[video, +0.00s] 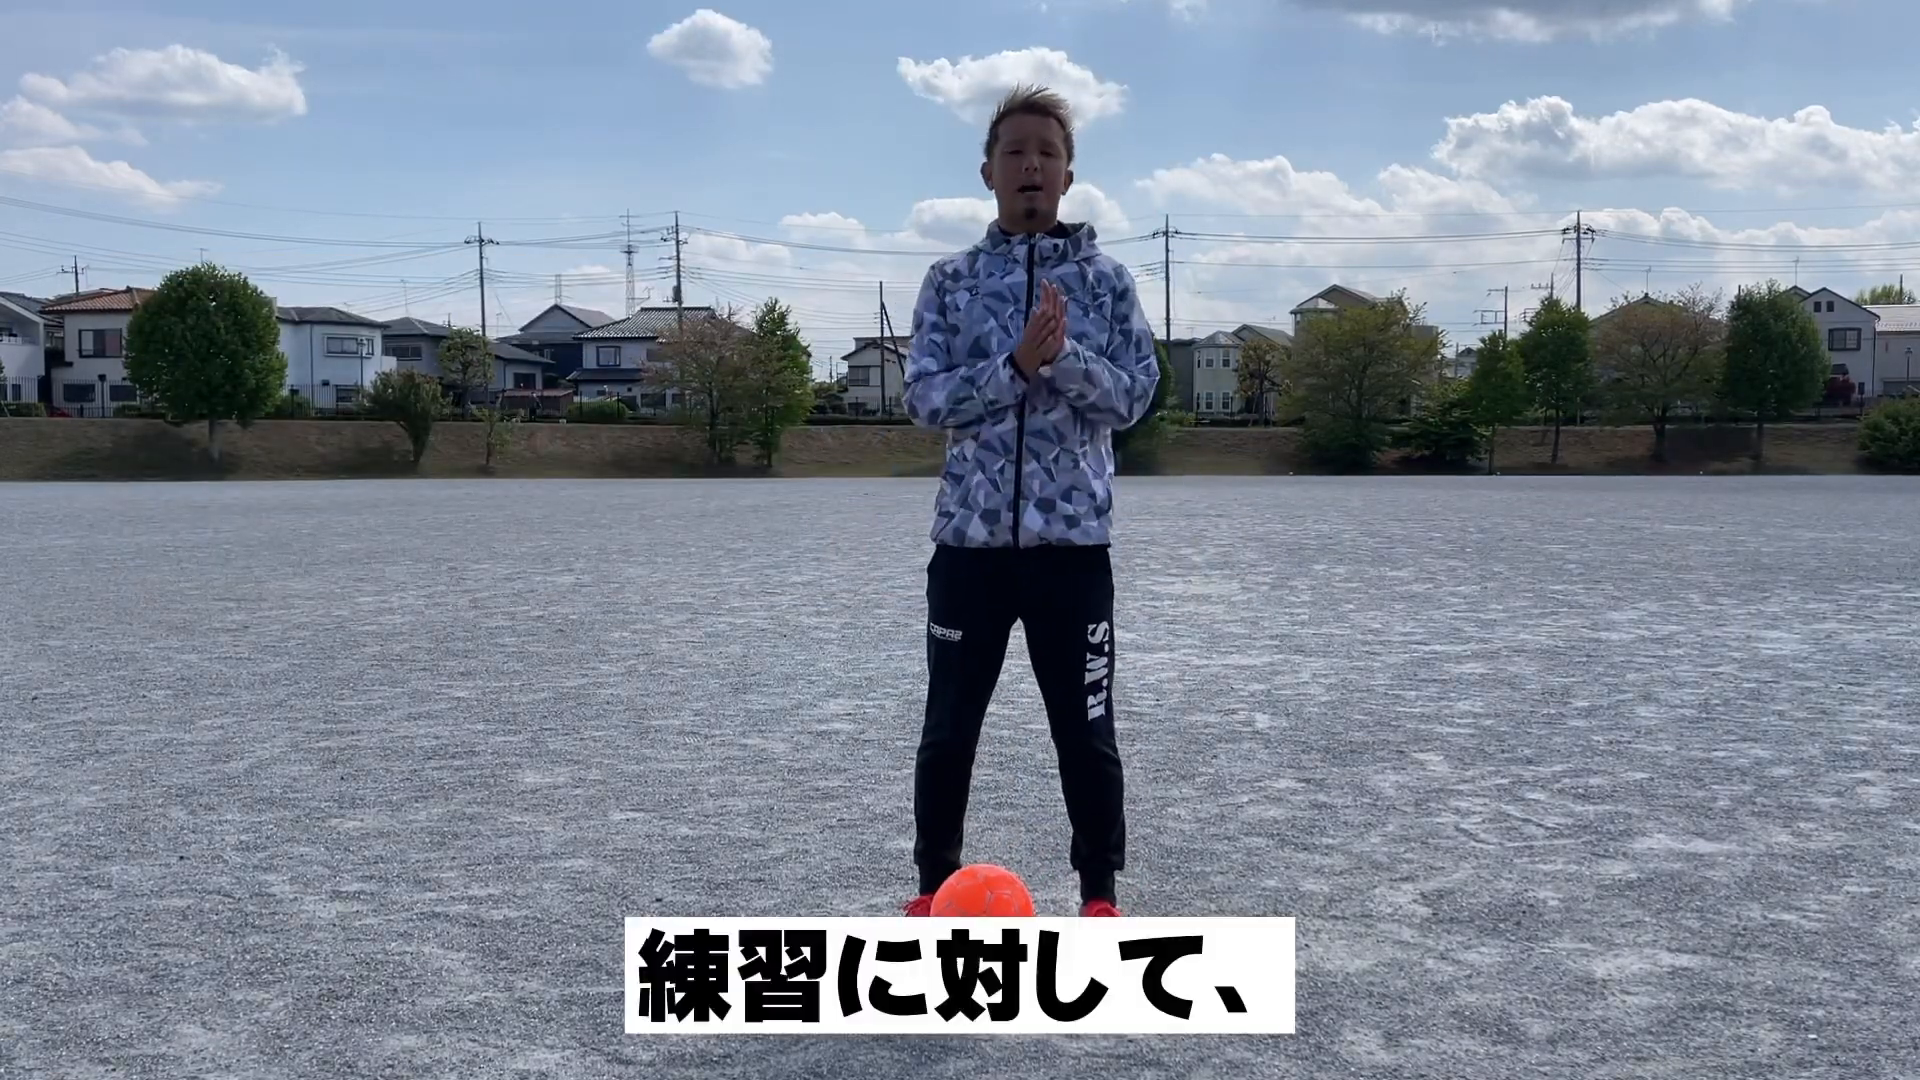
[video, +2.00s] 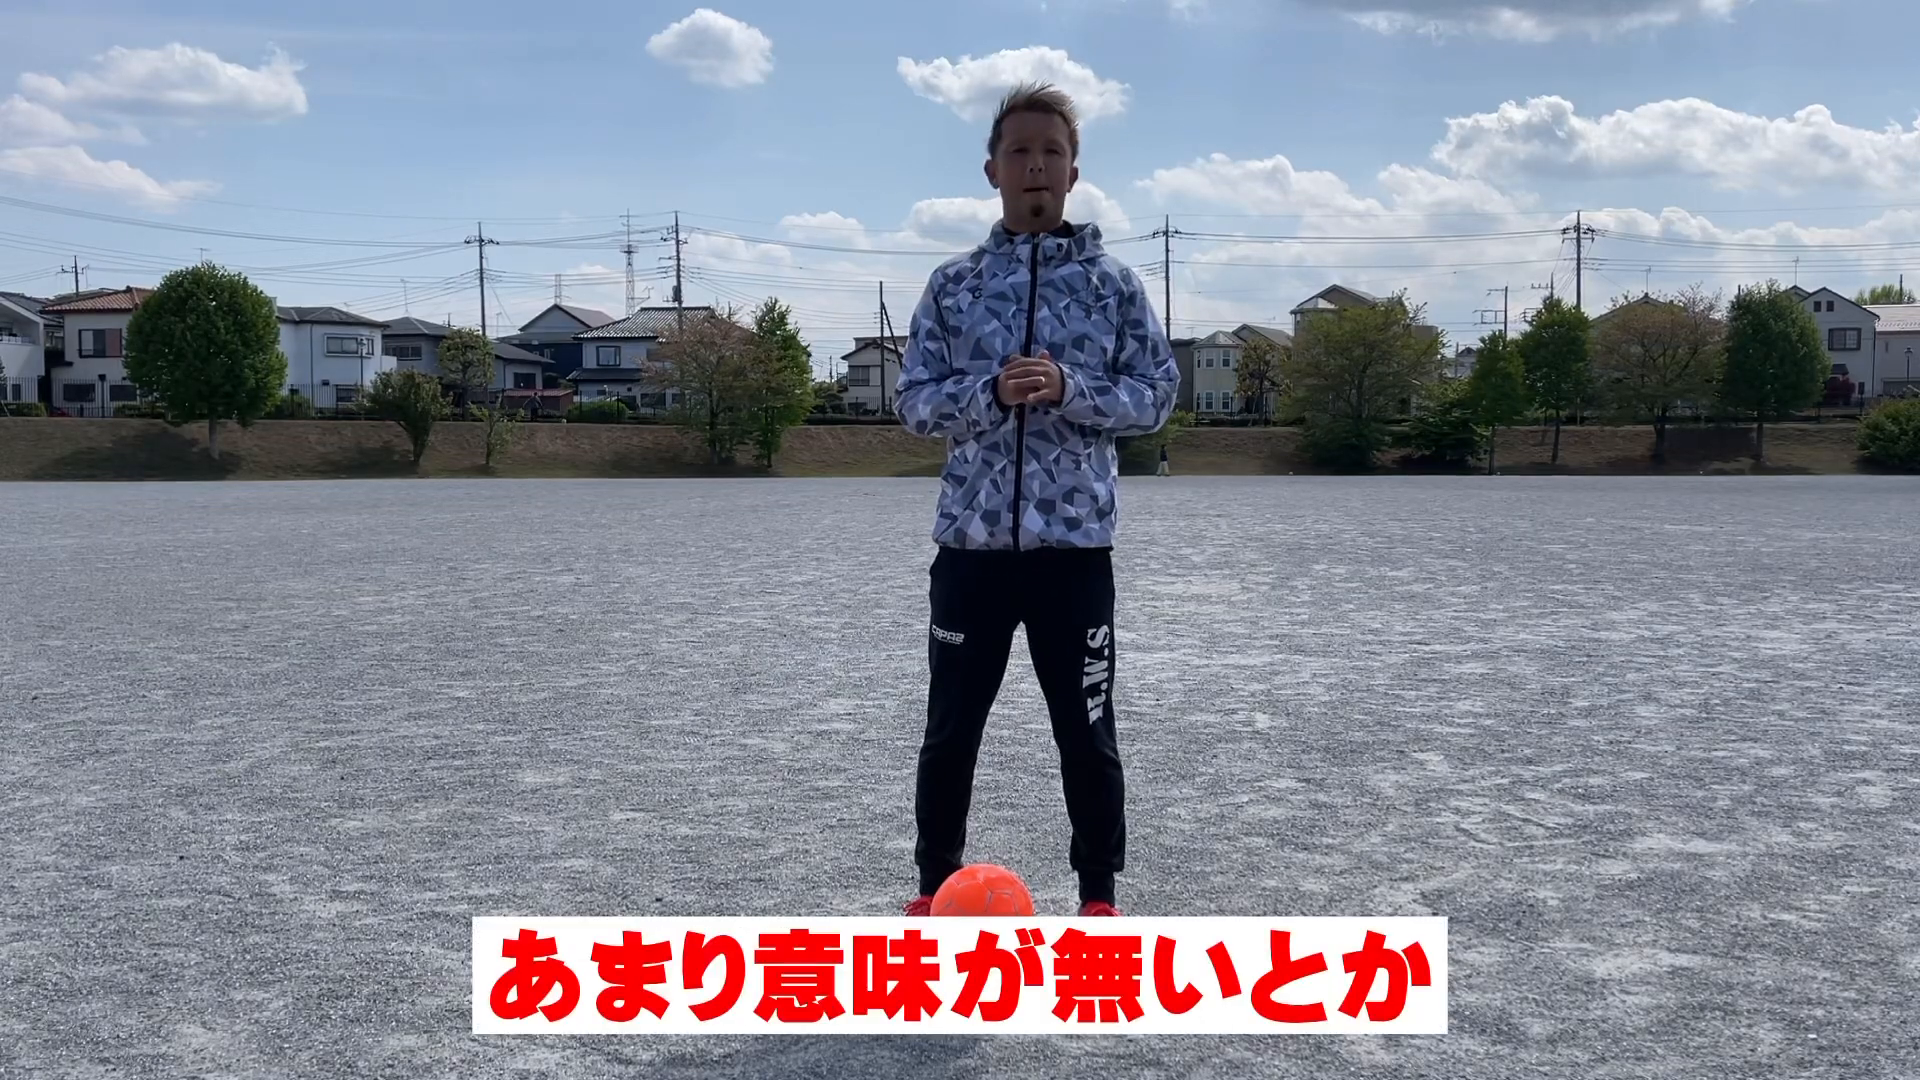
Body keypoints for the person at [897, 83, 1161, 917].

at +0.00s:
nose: (1031, 167)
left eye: (1047, 153)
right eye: (1014, 153)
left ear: (1068, 171)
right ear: (989, 170)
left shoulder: (1104, 278)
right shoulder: (951, 280)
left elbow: (1133, 396)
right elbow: (928, 399)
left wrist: (1060, 357)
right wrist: (1015, 365)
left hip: (1070, 536)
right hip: (970, 536)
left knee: (1085, 727)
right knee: (948, 726)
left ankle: (1098, 898)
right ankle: (934, 894)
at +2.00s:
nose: (1037, 165)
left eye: (1053, 151)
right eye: (1020, 151)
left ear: (1074, 169)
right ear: (993, 167)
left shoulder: (1114, 284)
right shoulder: (954, 284)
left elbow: (1152, 398)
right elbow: (917, 400)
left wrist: (1069, 389)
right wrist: (990, 392)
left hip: (1072, 539)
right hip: (971, 538)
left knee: (1084, 728)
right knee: (950, 728)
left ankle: (1098, 897)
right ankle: (934, 896)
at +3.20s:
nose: (914, 176)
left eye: (927, 159)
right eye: (893, 165)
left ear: (947, 168)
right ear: (868, 184)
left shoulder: (1001, 267)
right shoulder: (851, 298)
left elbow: (1060, 364)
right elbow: (835, 425)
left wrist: (1000, 402)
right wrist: (920, 421)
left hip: (1011, 531)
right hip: (911, 542)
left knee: (1066, 702)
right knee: (916, 726)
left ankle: (1111, 879)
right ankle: (929, 892)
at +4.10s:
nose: (1044, 163)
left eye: (1060, 151)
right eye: (1028, 148)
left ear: (1078, 171)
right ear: (998, 165)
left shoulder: (1112, 284)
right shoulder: (951, 283)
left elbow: (1143, 406)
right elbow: (905, 401)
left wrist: (1120, 360)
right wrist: (929, 366)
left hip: (1072, 538)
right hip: (972, 537)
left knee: (1083, 731)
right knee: (948, 731)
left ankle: (1091, 901)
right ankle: (933, 897)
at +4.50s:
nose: (1114, 164)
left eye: (1132, 153)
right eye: (1099, 148)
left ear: (1151, 176)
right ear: (1070, 163)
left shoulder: (1172, 295)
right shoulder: (1013, 273)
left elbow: (1193, 416)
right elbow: (961, 388)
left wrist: (1113, 409)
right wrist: (1029, 399)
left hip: (1103, 544)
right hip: (1002, 532)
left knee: (1098, 733)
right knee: (948, 696)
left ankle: (1092, 903)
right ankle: (951, 801)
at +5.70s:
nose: (1007, 165)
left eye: (1019, 150)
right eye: (986, 154)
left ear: (1036, 165)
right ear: (956, 174)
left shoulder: (1076, 289)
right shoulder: (914, 286)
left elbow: (1109, 393)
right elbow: (874, 398)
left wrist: (1066, 420)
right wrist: (911, 389)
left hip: (1027, 538)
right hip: (928, 538)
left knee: (1056, 725)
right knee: (921, 724)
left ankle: (1087, 899)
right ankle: (921, 890)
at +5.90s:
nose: (983, 169)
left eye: (996, 156)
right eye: (963, 155)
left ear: (1010, 171)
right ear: (929, 171)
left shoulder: (1042, 282)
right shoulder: (884, 285)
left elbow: (1089, 392)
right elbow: (836, 406)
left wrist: (1034, 382)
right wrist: (845, 377)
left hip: (1007, 535)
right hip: (909, 536)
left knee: (1043, 719)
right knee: (910, 725)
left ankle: (1082, 897)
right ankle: (917, 894)